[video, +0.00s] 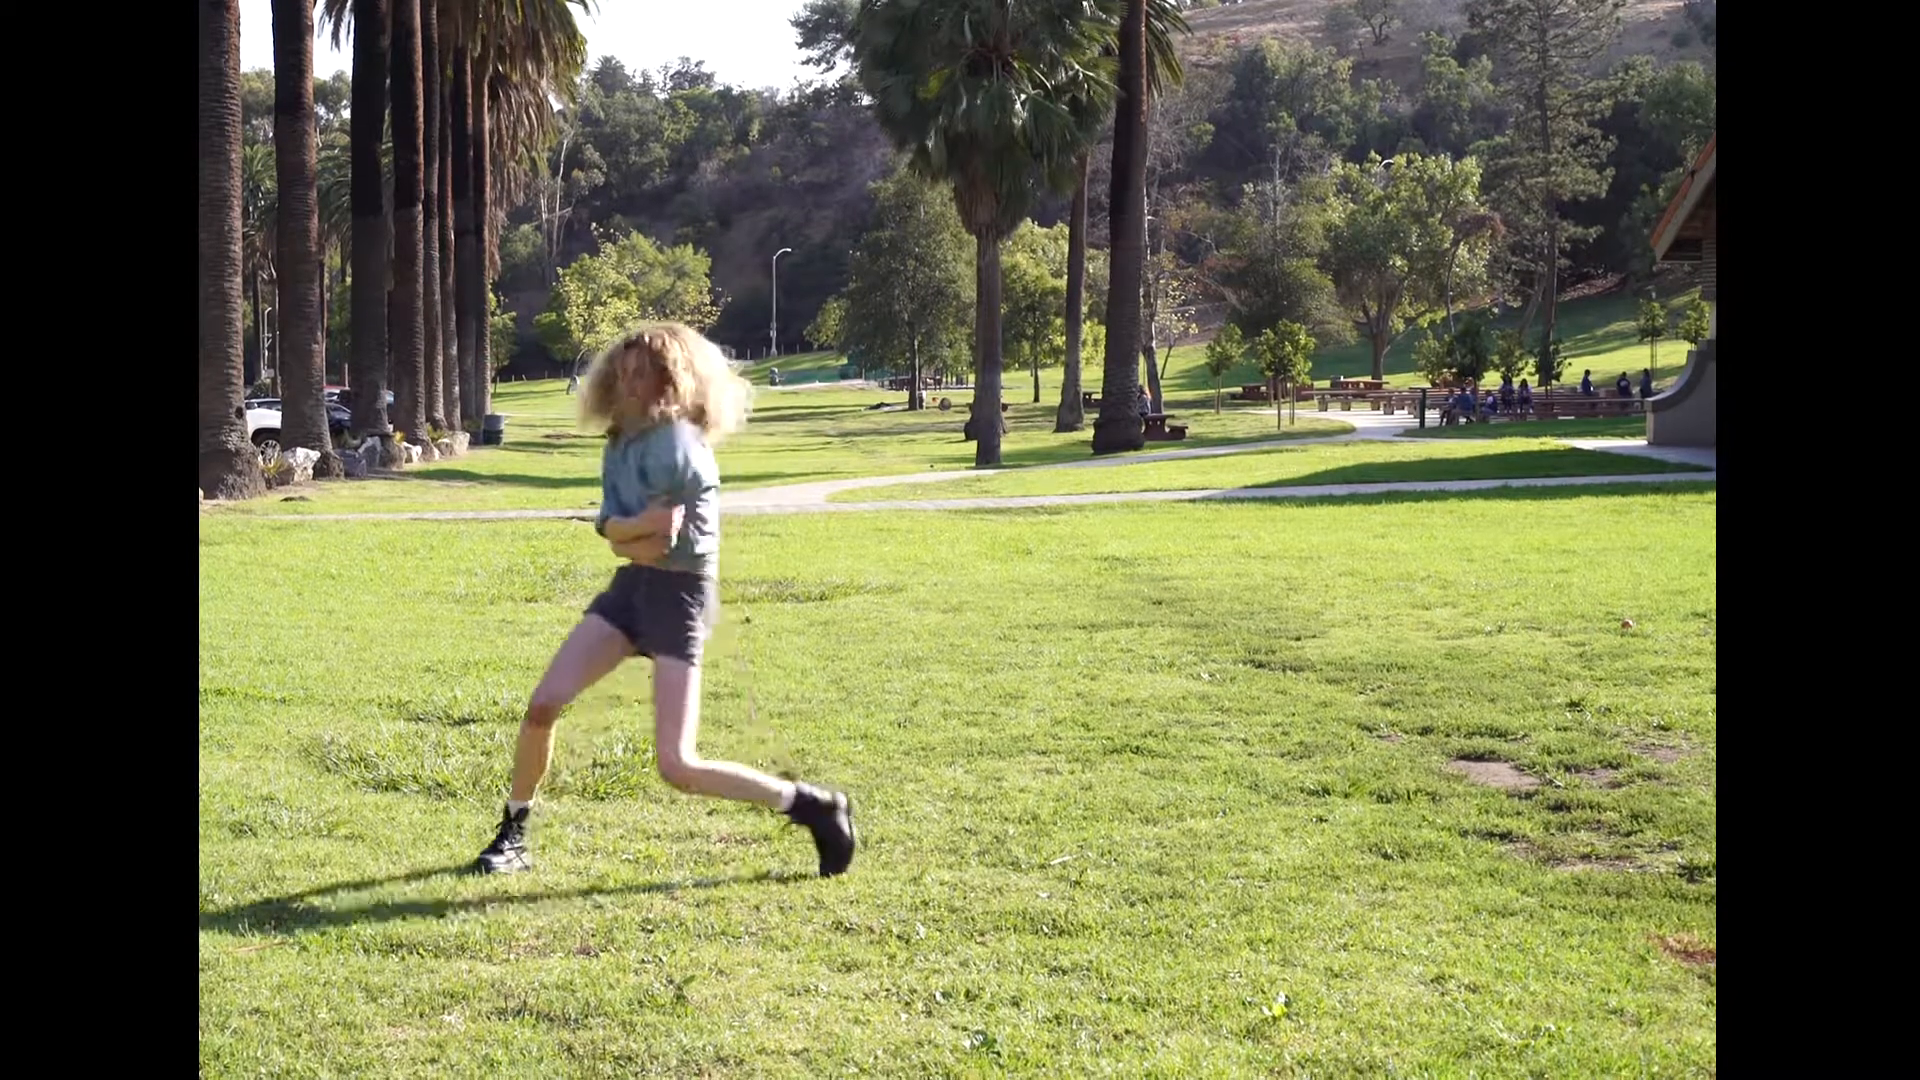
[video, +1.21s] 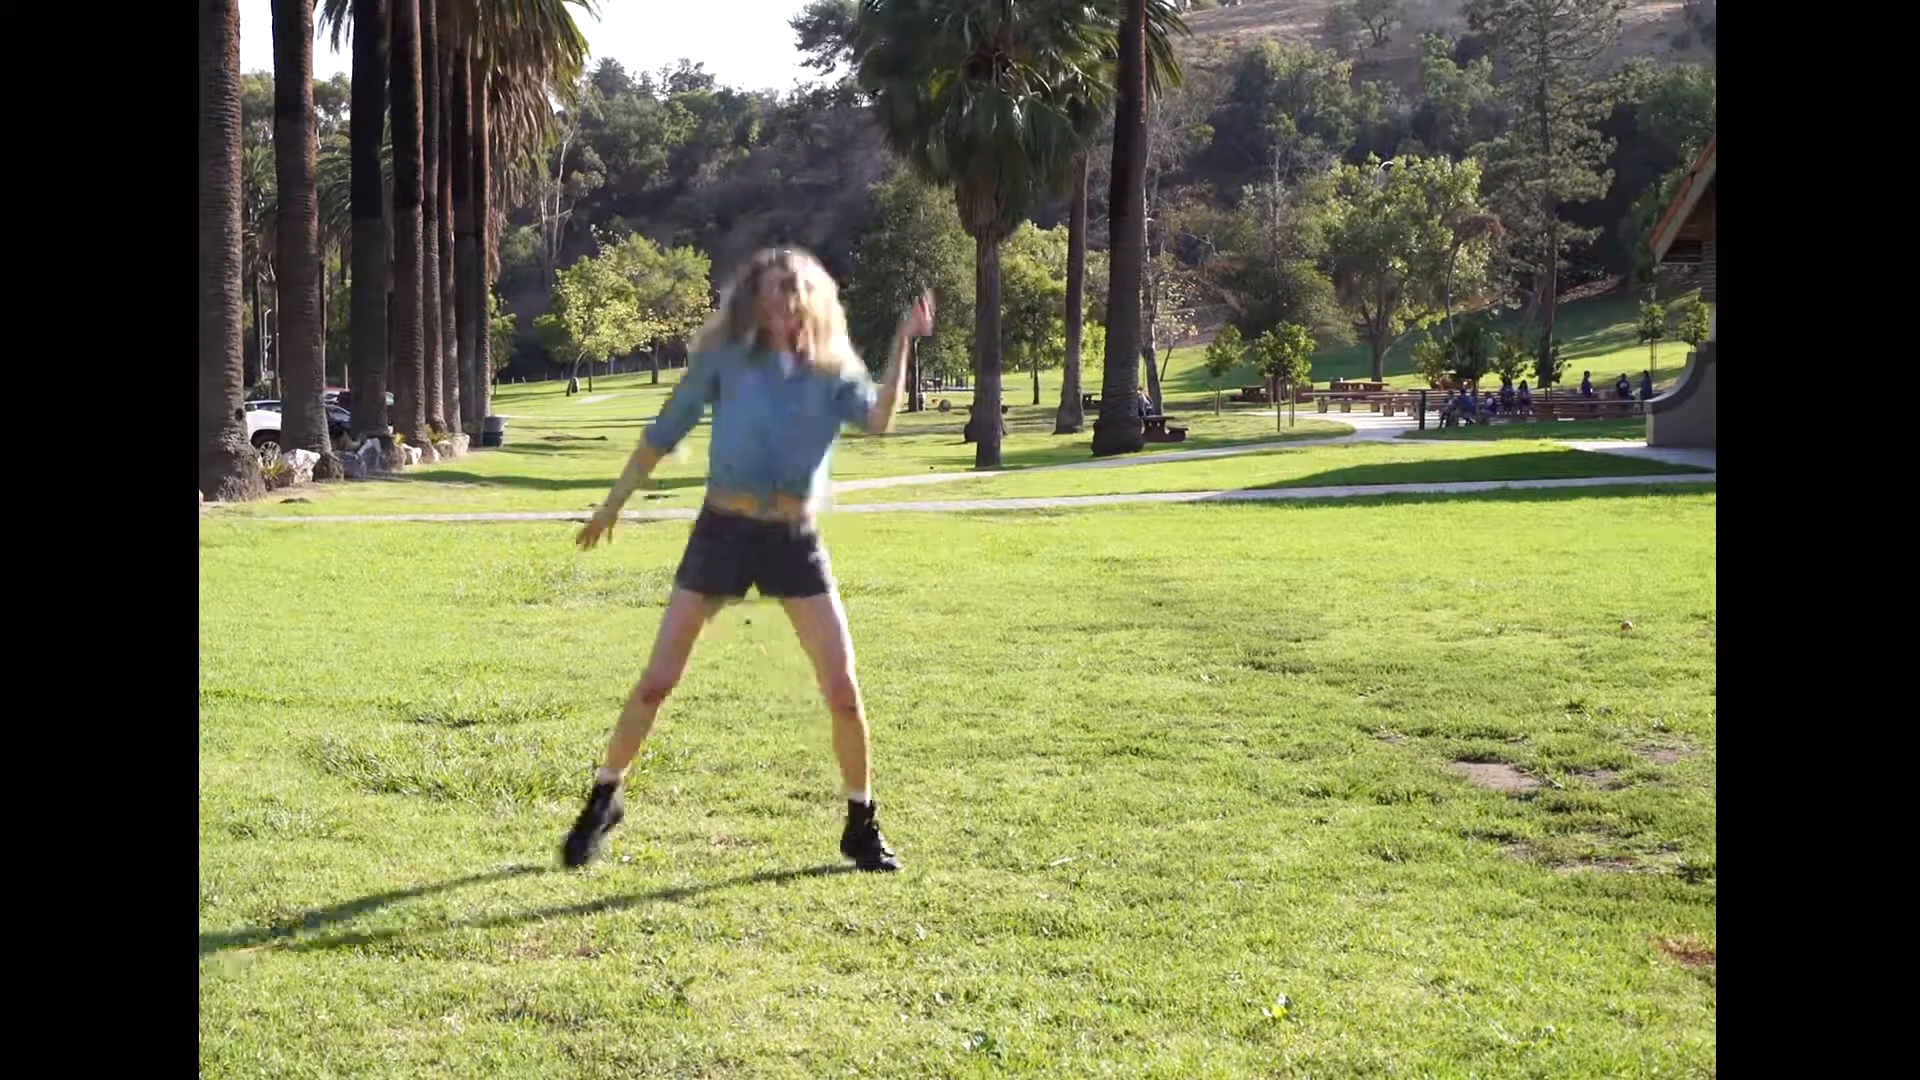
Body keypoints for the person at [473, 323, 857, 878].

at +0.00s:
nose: (628, 385)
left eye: (640, 374)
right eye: (623, 374)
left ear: (670, 383)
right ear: (615, 381)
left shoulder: (679, 439)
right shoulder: (619, 443)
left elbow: (664, 539)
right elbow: (611, 530)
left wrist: (615, 532)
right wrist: (645, 523)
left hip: (679, 596)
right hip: (629, 588)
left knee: (677, 765)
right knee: (542, 704)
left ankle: (814, 807)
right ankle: (511, 837)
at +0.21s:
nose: (653, 423)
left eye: (662, 410)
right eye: (640, 413)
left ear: (680, 396)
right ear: (624, 410)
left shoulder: (716, 426)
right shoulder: (644, 456)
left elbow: (733, 511)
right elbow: (661, 538)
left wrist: (681, 548)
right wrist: (703, 489)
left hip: (763, 574)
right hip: (698, 577)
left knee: (790, 744)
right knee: (612, 718)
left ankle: (841, 832)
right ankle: (532, 832)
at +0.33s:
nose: (675, 408)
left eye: (681, 393)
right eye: (662, 401)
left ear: (702, 371)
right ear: (648, 396)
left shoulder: (750, 384)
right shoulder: (662, 434)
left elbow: (791, 453)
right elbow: (679, 525)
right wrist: (727, 491)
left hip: (783, 564)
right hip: (714, 568)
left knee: (815, 735)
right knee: (626, 713)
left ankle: (846, 832)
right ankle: (568, 826)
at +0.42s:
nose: (686, 395)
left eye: (693, 381)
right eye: (675, 387)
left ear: (719, 361)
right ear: (665, 379)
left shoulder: (777, 386)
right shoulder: (672, 413)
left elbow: (820, 452)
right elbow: (664, 500)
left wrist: (866, 506)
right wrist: (652, 576)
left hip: (777, 561)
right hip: (706, 566)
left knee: (829, 723)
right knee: (630, 719)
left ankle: (851, 832)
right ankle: (610, 827)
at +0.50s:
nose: (718, 391)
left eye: (729, 378)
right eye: (706, 379)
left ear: (760, 373)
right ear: (692, 377)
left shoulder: (792, 426)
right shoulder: (681, 425)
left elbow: (851, 483)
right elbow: (624, 492)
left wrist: (918, 504)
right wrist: (578, 561)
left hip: (763, 566)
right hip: (690, 567)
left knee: (827, 725)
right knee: (638, 730)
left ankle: (852, 833)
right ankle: (617, 835)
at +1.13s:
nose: (774, 337)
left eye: (784, 329)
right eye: (763, 329)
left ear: (804, 345)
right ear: (744, 345)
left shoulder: (824, 425)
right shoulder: (713, 408)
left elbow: (868, 496)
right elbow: (644, 467)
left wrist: (908, 434)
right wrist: (581, 523)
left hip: (782, 578)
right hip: (707, 574)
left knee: (849, 724)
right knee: (639, 724)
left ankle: (857, 837)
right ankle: (591, 829)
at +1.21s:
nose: (782, 294)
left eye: (792, 285)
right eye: (772, 285)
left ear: (814, 299)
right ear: (752, 299)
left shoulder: (834, 370)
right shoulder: (723, 360)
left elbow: (880, 420)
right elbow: (661, 434)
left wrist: (904, 344)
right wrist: (610, 507)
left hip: (795, 539)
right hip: (721, 534)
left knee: (844, 691)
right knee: (657, 681)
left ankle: (861, 824)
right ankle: (602, 800)